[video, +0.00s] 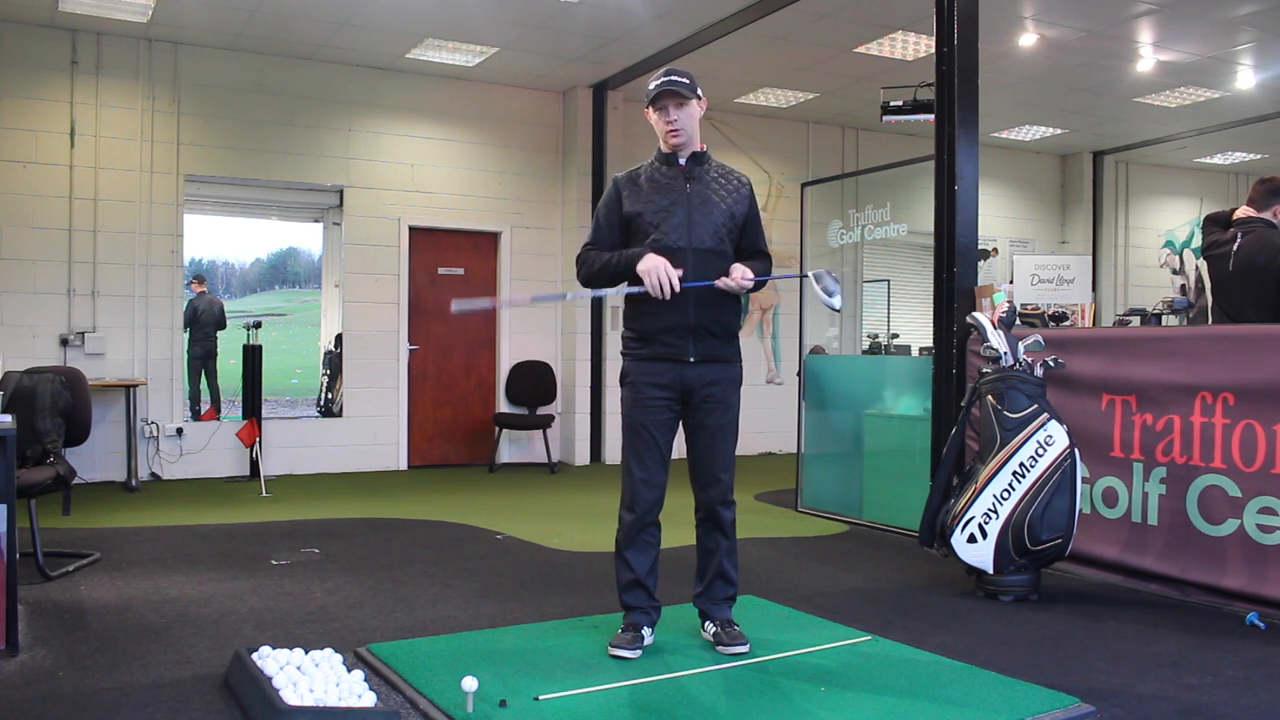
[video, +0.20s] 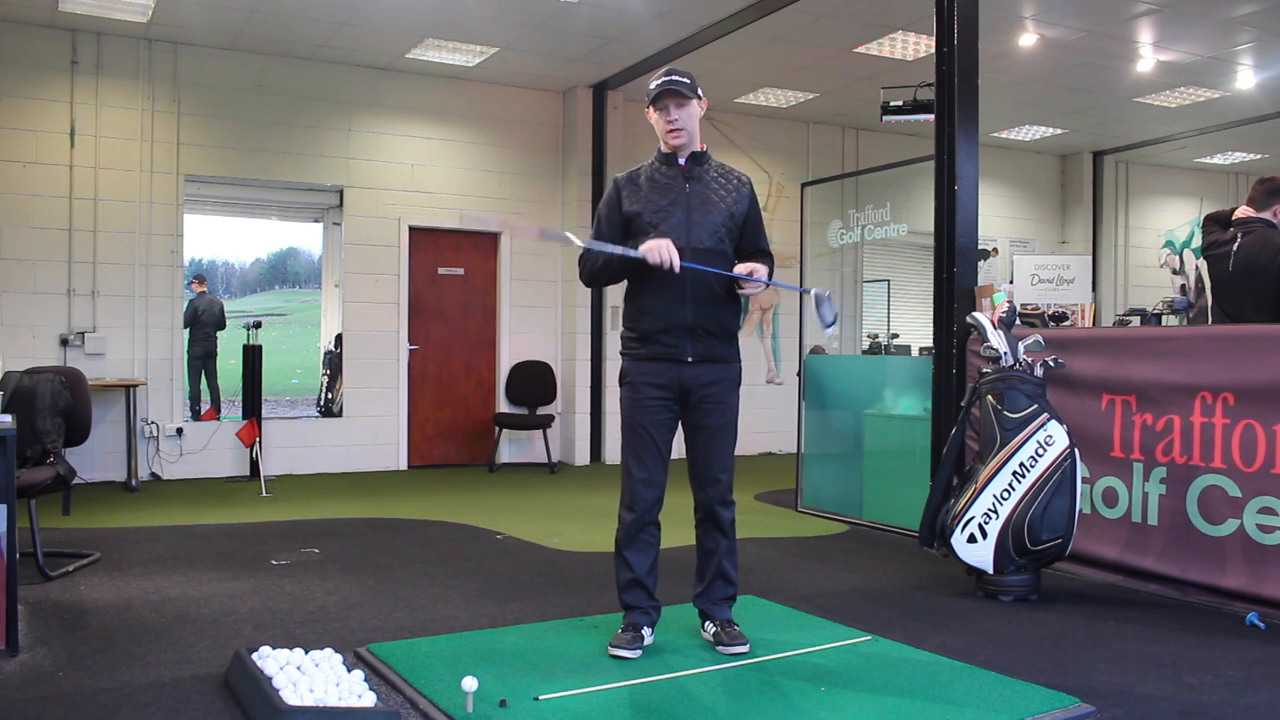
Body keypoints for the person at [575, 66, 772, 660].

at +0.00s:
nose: (670, 115)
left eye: (680, 103)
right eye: (660, 107)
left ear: (702, 108)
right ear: (650, 117)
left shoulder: (736, 187)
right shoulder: (626, 187)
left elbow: (760, 262)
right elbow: (588, 265)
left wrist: (747, 273)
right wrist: (636, 260)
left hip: (717, 364)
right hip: (648, 363)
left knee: (716, 495)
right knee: (641, 496)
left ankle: (717, 611)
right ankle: (637, 616)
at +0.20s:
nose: (672, 115)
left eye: (681, 104)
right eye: (662, 107)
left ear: (702, 108)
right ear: (650, 116)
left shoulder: (736, 187)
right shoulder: (626, 187)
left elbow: (760, 261)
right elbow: (591, 269)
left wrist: (756, 272)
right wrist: (638, 253)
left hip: (716, 365)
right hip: (647, 363)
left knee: (716, 496)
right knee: (640, 497)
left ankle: (718, 611)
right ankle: (637, 616)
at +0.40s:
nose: (672, 113)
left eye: (682, 102)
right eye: (662, 105)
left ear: (704, 108)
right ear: (652, 117)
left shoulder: (738, 188)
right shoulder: (629, 185)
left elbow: (763, 264)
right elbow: (591, 261)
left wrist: (748, 273)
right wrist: (638, 223)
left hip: (715, 364)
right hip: (647, 361)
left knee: (715, 495)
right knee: (640, 496)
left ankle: (717, 612)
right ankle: (637, 616)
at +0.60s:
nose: (673, 112)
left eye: (684, 101)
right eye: (664, 104)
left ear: (707, 109)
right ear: (654, 117)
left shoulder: (739, 190)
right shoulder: (632, 184)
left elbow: (763, 269)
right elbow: (586, 246)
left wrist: (743, 275)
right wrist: (646, 200)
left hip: (715, 364)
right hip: (647, 361)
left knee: (715, 495)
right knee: (640, 496)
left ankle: (717, 611)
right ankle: (637, 616)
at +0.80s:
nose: (676, 113)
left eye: (687, 102)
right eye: (667, 105)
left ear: (707, 110)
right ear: (655, 115)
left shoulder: (737, 187)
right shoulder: (630, 186)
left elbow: (764, 277)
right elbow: (594, 264)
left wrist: (750, 261)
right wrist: (638, 213)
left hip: (715, 362)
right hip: (647, 360)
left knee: (715, 495)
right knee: (640, 495)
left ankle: (718, 612)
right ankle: (637, 616)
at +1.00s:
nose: (679, 125)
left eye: (689, 114)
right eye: (669, 115)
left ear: (707, 115)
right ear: (655, 120)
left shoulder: (737, 189)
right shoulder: (631, 188)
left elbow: (764, 277)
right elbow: (597, 273)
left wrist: (754, 241)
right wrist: (609, 269)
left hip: (715, 364)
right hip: (647, 363)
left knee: (715, 495)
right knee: (641, 496)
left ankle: (718, 613)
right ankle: (638, 616)